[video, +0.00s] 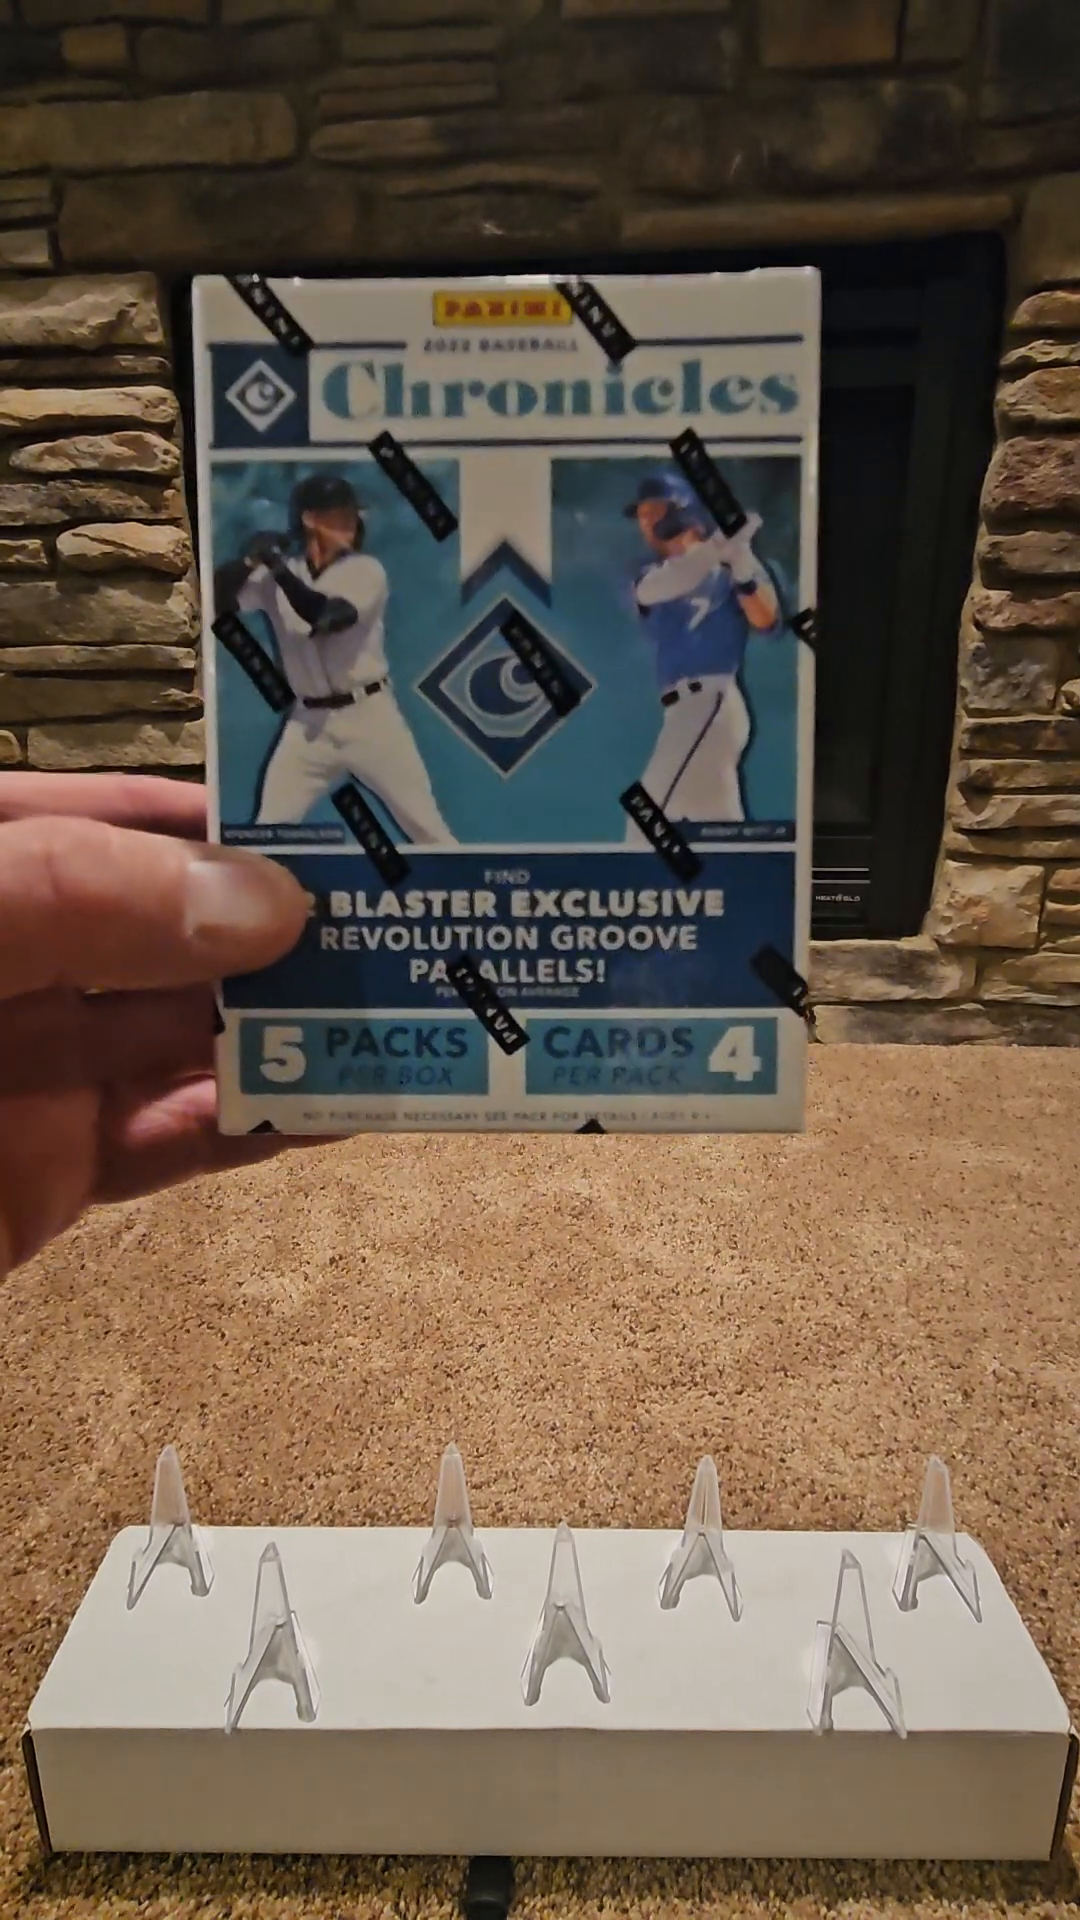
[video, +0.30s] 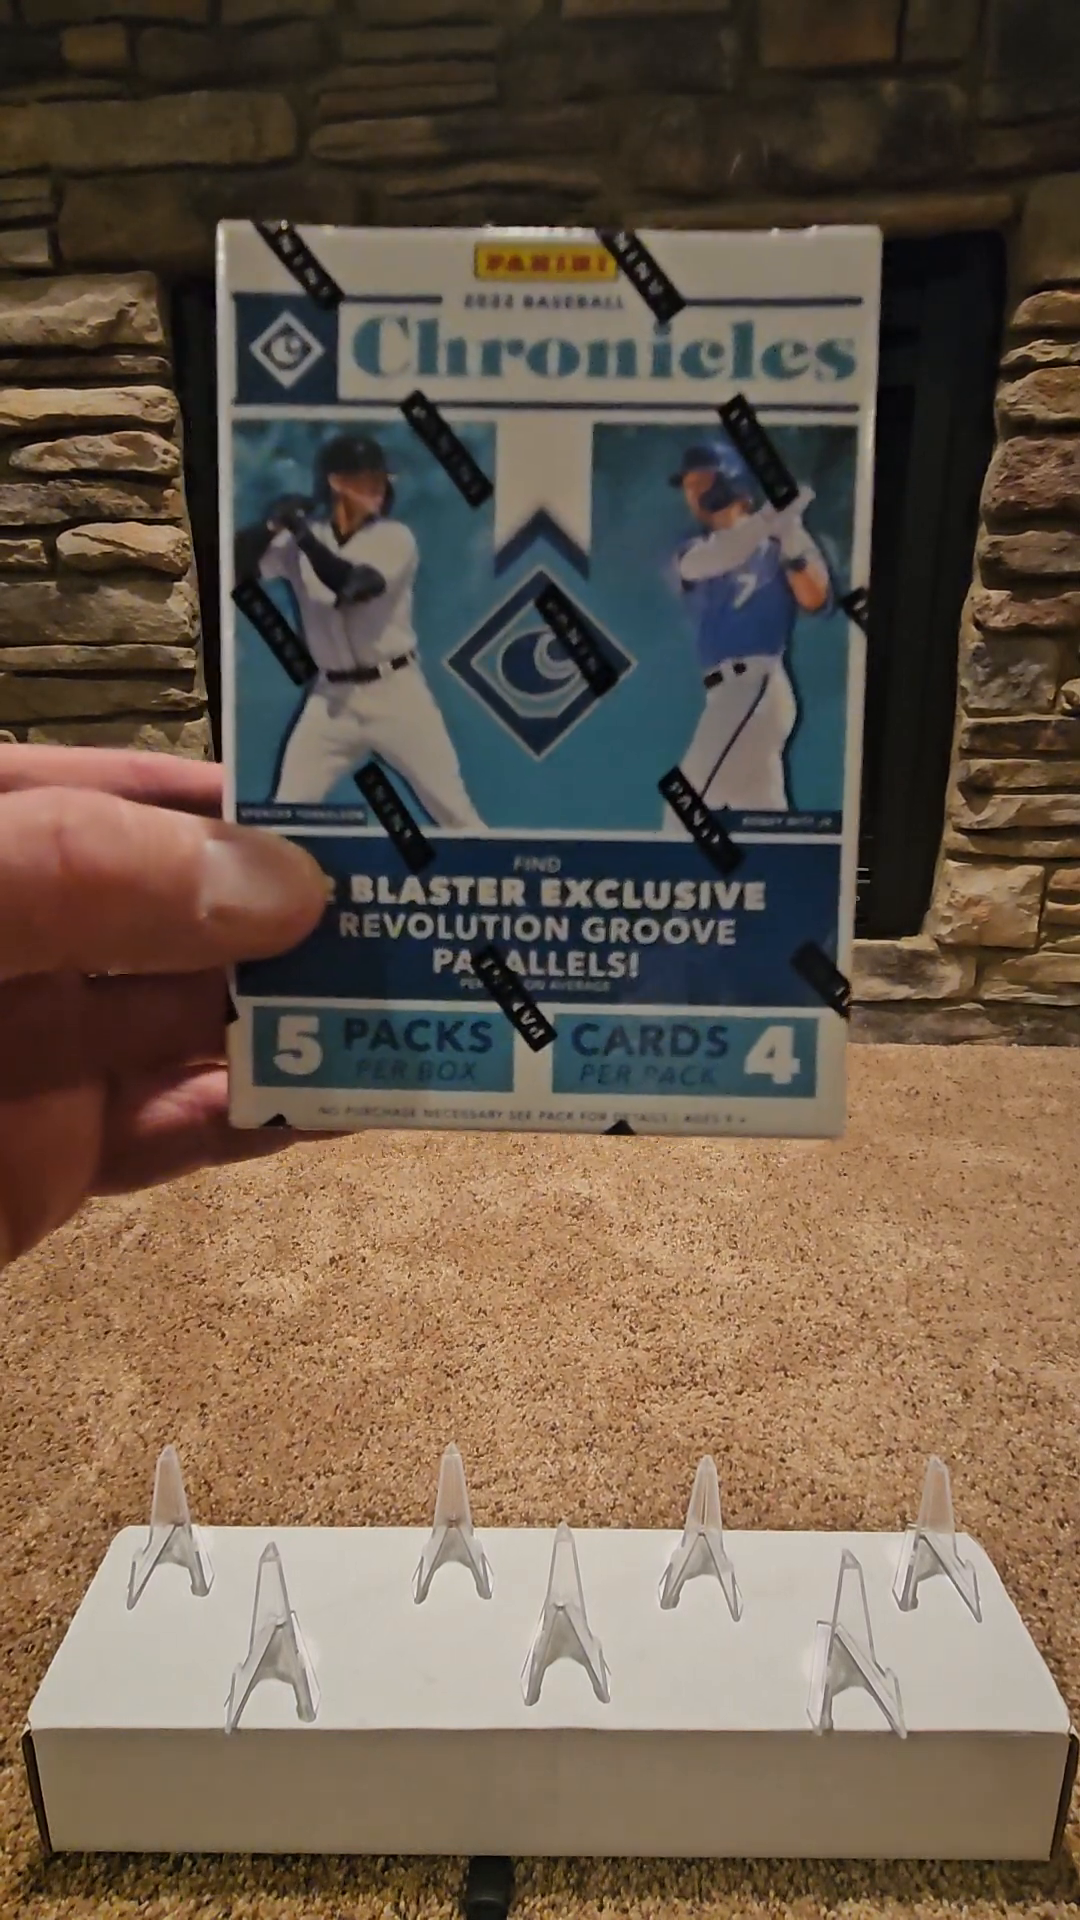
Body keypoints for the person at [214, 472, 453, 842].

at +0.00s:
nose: (349, 519)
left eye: (352, 511)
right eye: (337, 511)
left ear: (358, 519)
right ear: (309, 519)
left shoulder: (365, 571)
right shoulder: (273, 579)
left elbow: (325, 618)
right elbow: (213, 600)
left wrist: (277, 567)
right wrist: (248, 563)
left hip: (371, 719)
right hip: (308, 724)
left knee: (427, 829)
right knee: (269, 835)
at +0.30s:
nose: (379, 484)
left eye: (381, 475)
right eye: (367, 475)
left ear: (386, 483)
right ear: (337, 482)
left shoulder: (394, 538)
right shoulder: (298, 543)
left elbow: (352, 587)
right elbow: (235, 567)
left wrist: (301, 534)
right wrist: (271, 526)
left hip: (398, 694)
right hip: (331, 700)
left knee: (455, 812)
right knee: (287, 817)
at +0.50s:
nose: (384, 483)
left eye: (387, 475)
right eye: (371, 474)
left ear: (393, 482)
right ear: (343, 483)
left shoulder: (401, 536)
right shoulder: (306, 543)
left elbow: (359, 588)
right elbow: (244, 569)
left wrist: (306, 532)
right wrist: (277, 525)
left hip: (407, 692)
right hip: (340, 699)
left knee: (462, 806)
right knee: (299, 815)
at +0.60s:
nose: (374, 549)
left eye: (379, 541)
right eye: (362, 540)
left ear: (387, 549)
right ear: (337, 547)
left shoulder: (396, 599)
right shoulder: (304, 604)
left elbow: (355, 646)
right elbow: (245, 631)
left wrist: (306, 595)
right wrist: (274, 589)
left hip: (399, 747)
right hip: (334, 753)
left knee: (454, 861)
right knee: (294, 864)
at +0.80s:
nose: (371, 597)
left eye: (372, 589)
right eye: (360, 589)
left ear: (376, 595)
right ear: (330, 596)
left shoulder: (383, 646)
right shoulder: (294, 652)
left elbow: (342, 691)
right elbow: (238, 673)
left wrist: (296, 640)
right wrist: (266, 634)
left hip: (386, 791)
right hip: (323, 796)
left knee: (439, 899)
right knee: (282, 903)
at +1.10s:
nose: (383, 640)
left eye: (385, 632)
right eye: (372, 633)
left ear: (391, 637)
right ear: (344, 640)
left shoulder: (400, 688)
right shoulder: (309, 697)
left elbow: (359, 733)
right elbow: (251, 718)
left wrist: (312, 685)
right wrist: (284, 679)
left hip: (404, 831)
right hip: (342, 837)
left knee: (458, 937)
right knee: (303, 943)